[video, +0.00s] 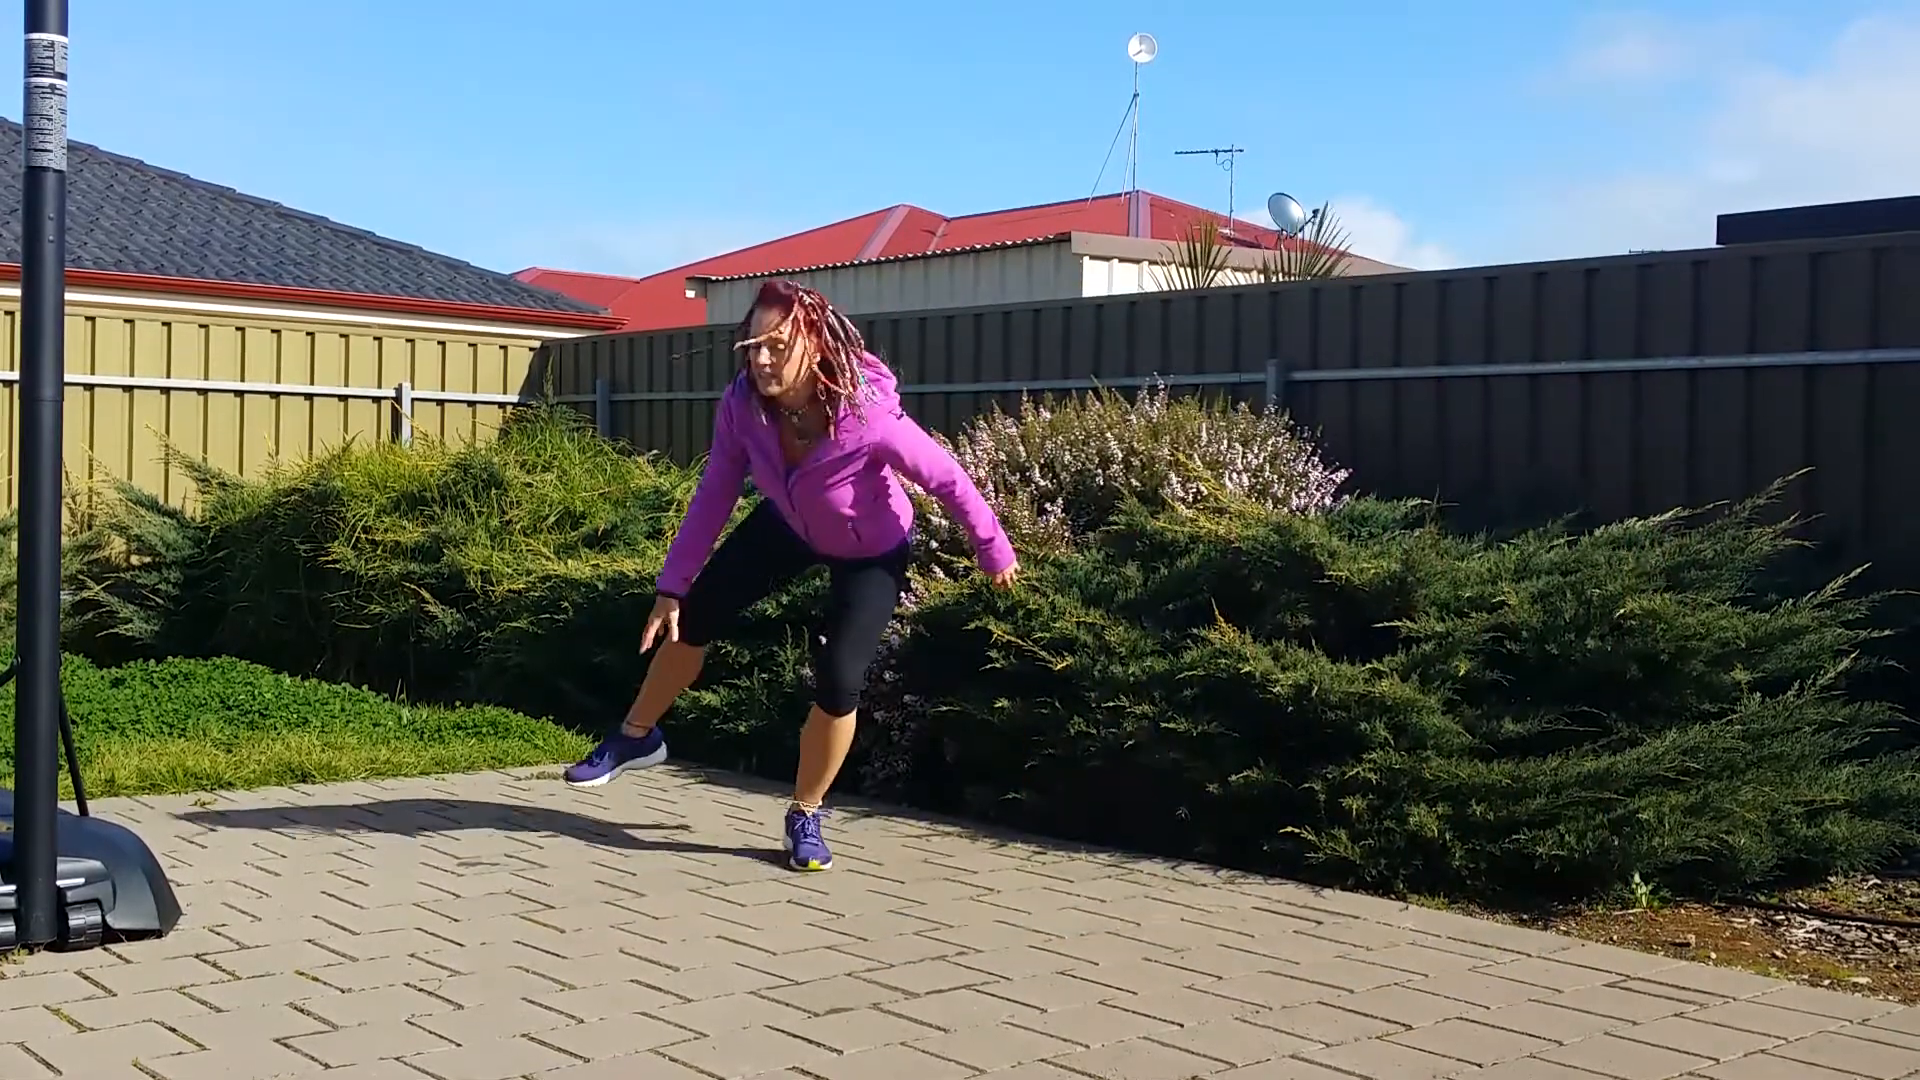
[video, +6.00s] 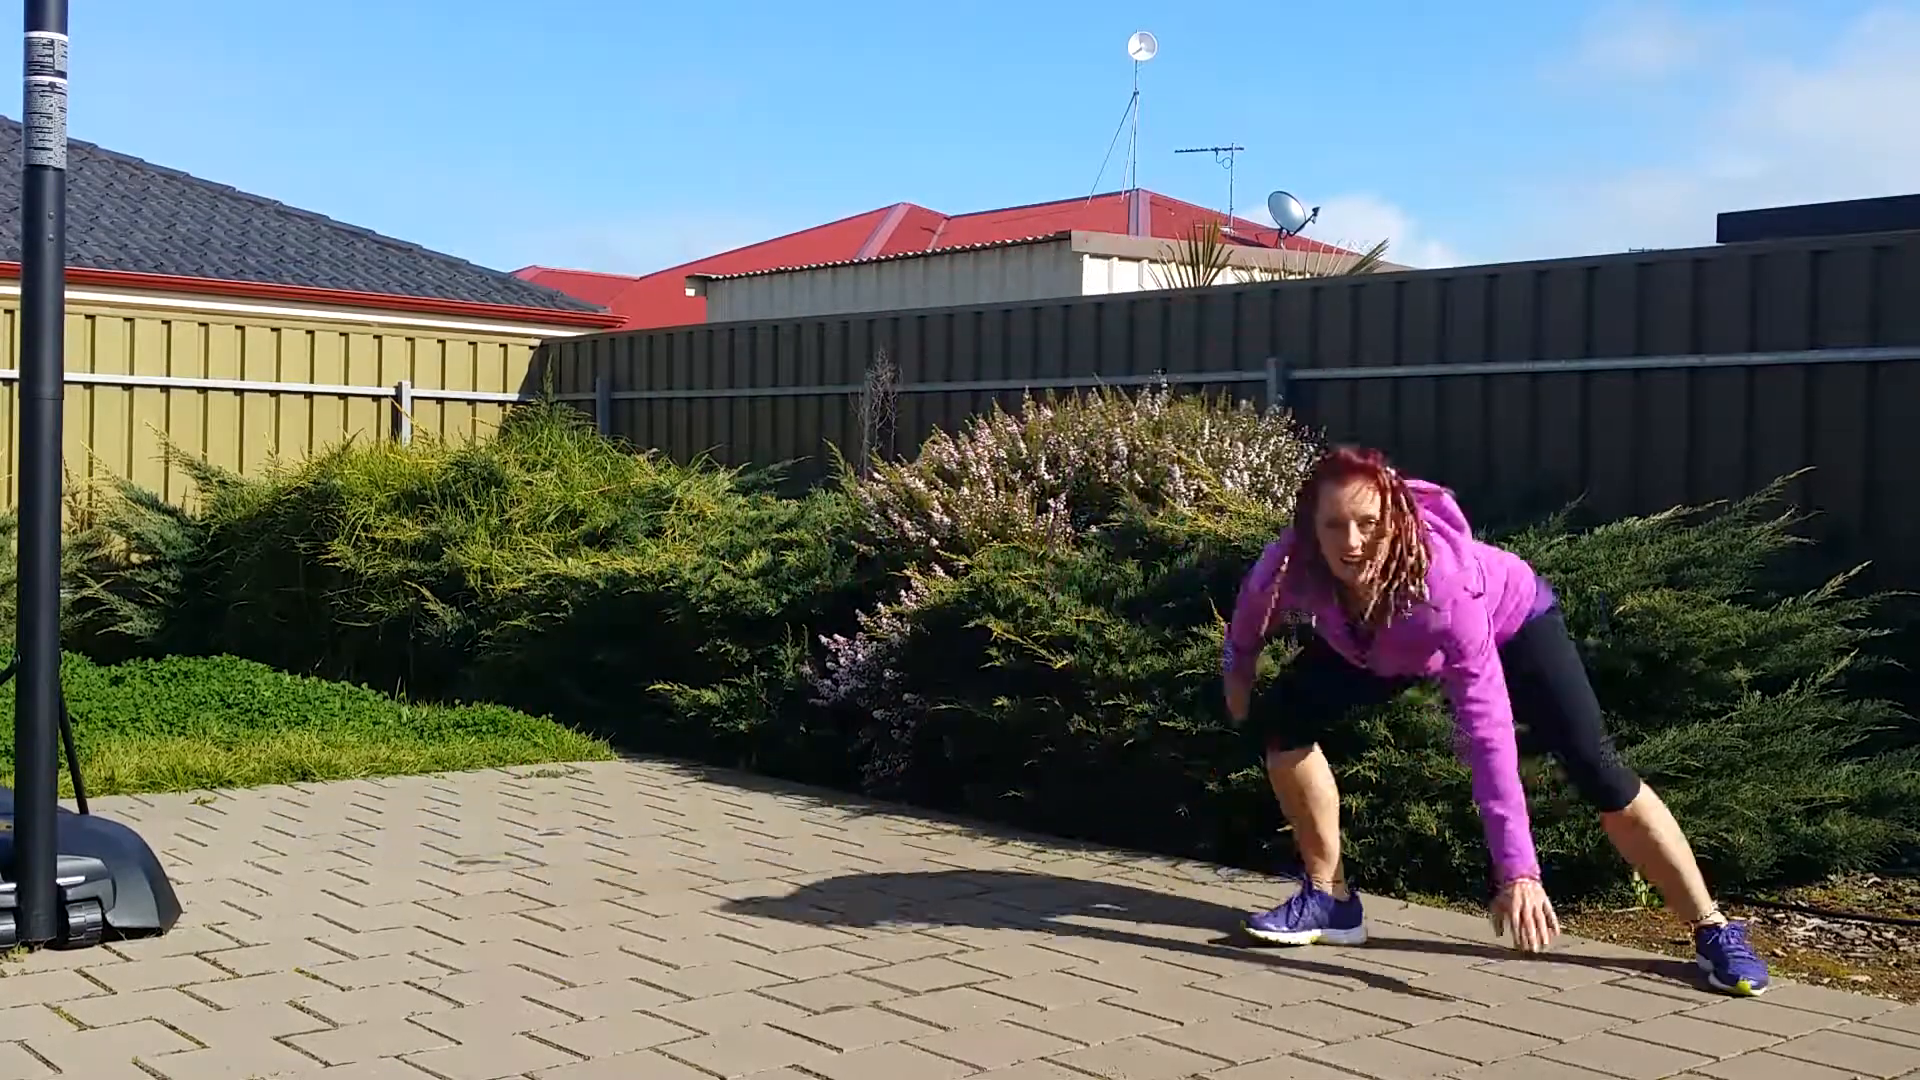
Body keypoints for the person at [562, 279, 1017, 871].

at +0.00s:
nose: (760, 360)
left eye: (775, 345)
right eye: (752, 346)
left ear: (814, 346)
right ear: (743, 348)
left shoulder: (866, 412)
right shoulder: (741, 407)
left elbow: (946, 476)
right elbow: (711, 496)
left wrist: (993, 543)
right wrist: (671, 586)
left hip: (870, 545)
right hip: (788, 523)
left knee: (841, 680)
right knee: (692, 613)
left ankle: (805, 814)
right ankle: (634, 734)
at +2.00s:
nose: (1174, 434)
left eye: (1188, 419)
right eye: (1157, 422)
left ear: (1216, 427)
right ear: (1131, 436)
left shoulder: (1268, 487)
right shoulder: (1124, 515)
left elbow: (1372, 557)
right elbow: (1092, 601)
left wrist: (1457, 644)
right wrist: (1052, 680)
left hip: (1334, 600)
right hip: (1229, 620)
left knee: (1465, 727)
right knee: (1163, 730)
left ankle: (1609, 873)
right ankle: (1238, 881)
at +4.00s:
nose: (725, 368)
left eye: (739, 359)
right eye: (723, 354)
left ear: (781, 362)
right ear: (721, 352)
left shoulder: (845, 414)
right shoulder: (720, 405)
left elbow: (931, 467)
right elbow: (690, 491)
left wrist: (1014, 520)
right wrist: (638, 576)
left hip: (864, 513)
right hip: (779, 499)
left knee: (827, 662)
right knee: (710, 611)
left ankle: (774, 794)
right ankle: (670, 750)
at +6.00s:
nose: (1350, 541)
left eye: (1365, 523)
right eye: (1333, 525)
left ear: (1393, 523)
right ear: (1308, 527)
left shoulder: (1444, 587)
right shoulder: (1293, 554)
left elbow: (1489, 735)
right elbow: (1255, 600)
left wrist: (1519, 872)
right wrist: (1237, 667)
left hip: (1501, 623)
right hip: (1394, 639)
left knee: (1596, 769)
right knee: (1284, 723)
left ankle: (1714, 930)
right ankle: (1328, 897)